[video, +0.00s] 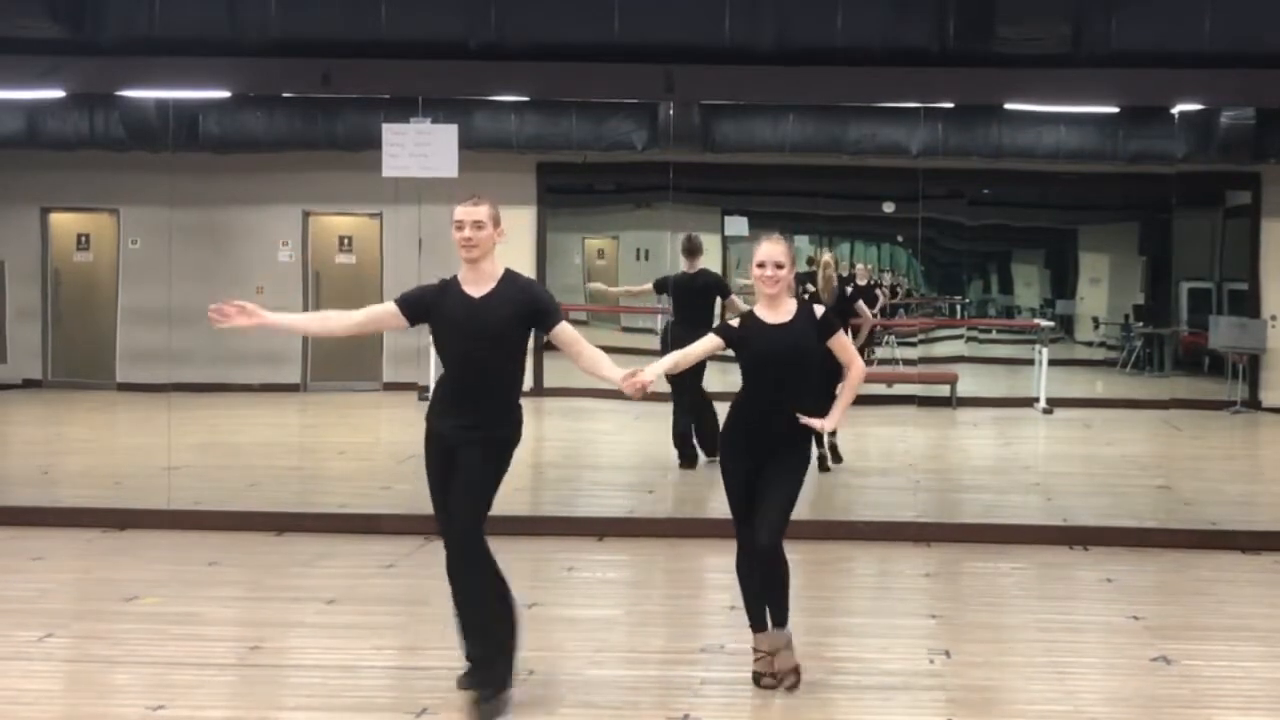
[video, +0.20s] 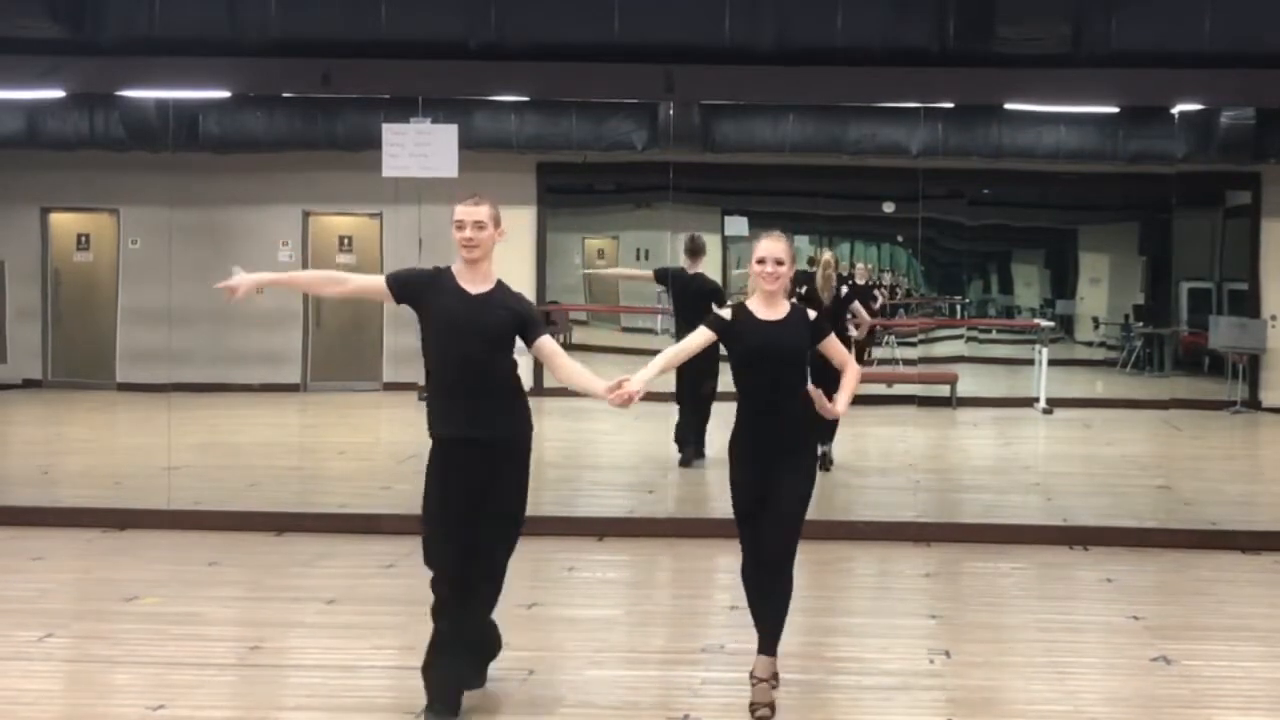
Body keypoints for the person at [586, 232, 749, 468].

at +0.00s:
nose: (692, 256)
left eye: (686, 253)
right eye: (696, 251)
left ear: (682, 254)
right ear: (702, 253)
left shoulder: (673, 281)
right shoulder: (714, 280)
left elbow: (636, 291)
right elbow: (739, 308)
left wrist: (607, 291)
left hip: (675, 345)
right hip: (701, 345)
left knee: (680, 398)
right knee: (696, 392)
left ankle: (687, 456)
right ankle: (711, 445)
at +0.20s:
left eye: (690, 253)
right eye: (701, 253)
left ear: (684, 254)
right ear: (704, 255)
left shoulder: (673, 276)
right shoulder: (711, 286)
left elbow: (634, 274)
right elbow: (727, 314)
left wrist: (597, 273)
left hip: (682, 350)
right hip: (707, 350)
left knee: (685, 398)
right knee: (703, 398)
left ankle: (685, 445)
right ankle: (696, 448)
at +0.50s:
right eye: (705, 254)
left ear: (687, 254)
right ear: (706, 256)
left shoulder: (676, 271)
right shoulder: (713, 284)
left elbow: (640, 254)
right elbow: (733, 313)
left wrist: (616, 243)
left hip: (681, 351)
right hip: (707, 352)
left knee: (682, 398)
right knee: (703, 399)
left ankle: (677, 446)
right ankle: (696, 449)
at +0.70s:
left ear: (690, 253)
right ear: (711, 253)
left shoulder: (680, 277)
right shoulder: (721, 281)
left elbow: (646, 274)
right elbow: (742, 306)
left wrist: (644, 248)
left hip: (678, 341)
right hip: (704, 343)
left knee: (672, 396)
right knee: (696, 395)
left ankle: (673, 452)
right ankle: (695, 447)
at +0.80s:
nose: (710, 254)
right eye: (713, 251)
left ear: (695, 251)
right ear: (714, 252)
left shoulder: (682, 277)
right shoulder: (723, 280)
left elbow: (658, 290)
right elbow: (743, 303)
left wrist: (641, 271)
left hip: (678, 343)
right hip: (706, 344)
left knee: (675, 397)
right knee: (700, 396)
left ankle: (673, 453)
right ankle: (692, 451)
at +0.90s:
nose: (722, 253)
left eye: (721, 249)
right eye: (721, 249)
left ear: (701, 251)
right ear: (715, 251)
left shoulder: (687, 279)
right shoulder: (724, 279)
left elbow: (680, 307)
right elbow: (752, 287)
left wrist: (661, 299)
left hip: (685, 339)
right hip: (711, 341)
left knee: (679, 397)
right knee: (701, 393)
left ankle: (673, 454)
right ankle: (698, 445)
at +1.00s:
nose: (728, 253)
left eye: (727, 249)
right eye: (726, 249)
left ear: (707, 252)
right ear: (720, 252)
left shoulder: (695, 280)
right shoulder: (729, 279)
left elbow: (694, 310)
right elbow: (736, 309)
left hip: (693, 339)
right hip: (720, 343)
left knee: (681, 397)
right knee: (715, 399)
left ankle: (674, 453)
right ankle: (717, 455)